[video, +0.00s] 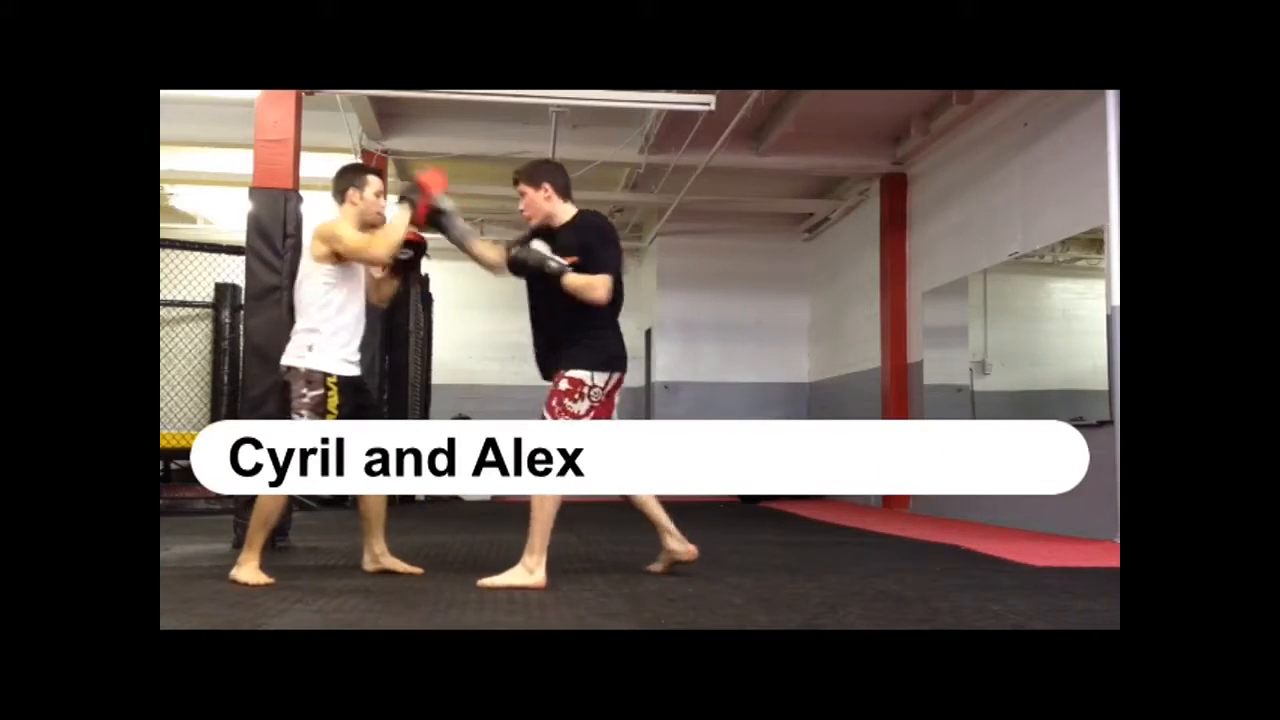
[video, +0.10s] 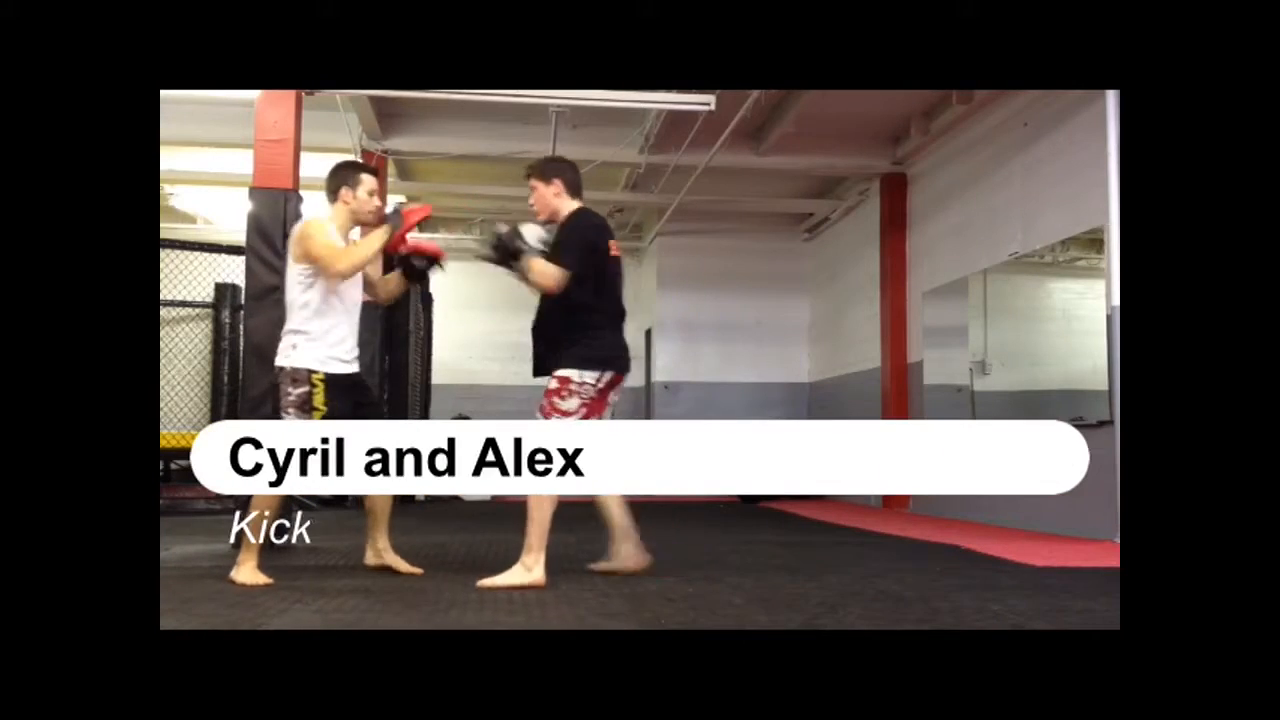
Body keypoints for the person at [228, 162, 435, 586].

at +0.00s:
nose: (385, 204)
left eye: (385, 196)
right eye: (378, 195)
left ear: (361, 198)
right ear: (353, 196)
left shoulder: (361, 243)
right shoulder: (329, 232)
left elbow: (379, 296)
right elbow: (379, 250)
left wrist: (402, 258)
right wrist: (406, 211)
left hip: (346, 368)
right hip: (313, 366)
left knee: (374, 458)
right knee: (291, 463)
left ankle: (376, 551)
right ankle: (248, 560)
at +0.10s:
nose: (378, 203)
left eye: (378, 195)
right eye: (371, 194)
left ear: (356, 199)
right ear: (344, 195)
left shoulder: (359, 241)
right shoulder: (311, 230)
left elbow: (381, 292)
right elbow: (340, 264)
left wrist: (415, 265)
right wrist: (391, 229)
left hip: (345, 367)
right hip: (305, 366)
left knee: (382, 453)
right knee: (286, 461)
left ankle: (379, 546)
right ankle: (247, 560)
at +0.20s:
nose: (366, 204)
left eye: (367, 197)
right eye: (360, 196)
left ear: (342, 198)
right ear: (334, 195)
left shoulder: (350, 242)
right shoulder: (289, 232)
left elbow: (374, 293)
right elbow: (290, 290)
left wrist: (420, 299)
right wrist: (352, 263)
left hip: (349, 368)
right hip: (301, 369)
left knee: (394, 448)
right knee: (280, 464)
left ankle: (386, 538)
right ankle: (247, 560)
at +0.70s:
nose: (376, 200)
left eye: (377, 192)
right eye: (370, 191)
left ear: (354, 194)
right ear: (342, 191)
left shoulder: (361, 237)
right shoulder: (299, 232)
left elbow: (393, 271)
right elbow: (272, 289)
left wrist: (417, 238)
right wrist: (334, 281)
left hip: (352, 366)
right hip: (305, 364)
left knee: (369, 457)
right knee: (281, 461)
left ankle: (363, 548)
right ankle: (246, 560)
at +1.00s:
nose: (382, 212)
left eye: (383, 204)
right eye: (377, 203)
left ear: (354, 202)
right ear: (350, 199)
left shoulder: (357, 243)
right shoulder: (300, 233)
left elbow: (380, 280)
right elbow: (270, 289)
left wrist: (409, 269)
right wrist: (334, 289)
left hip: (339, 367)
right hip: (296, 365)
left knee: (359, 456)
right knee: (271, 458)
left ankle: (362, 548)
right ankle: (208, 536)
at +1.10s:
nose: (365, 214)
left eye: (367, 206)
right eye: (361, 204)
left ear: (343, 203)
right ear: (334, 200)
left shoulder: (336, 248)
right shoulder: (287, 235)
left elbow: (324, 302)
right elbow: (261, 291)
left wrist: (367, 300)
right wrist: (326, 295)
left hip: (322, 373)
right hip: (278, 371)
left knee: (352, 458)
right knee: (255, 464)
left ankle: (361, 549)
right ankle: (201, 548)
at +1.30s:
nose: (340, 205)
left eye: (342, 197)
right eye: (337, 196)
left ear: (318, 196)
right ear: (311, 192)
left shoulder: (307, 243)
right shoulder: (267, 226)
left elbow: (289, 295)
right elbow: (232, 280)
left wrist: (327, 303)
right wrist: (297, 293)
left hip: (292, 364)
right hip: (252, 363)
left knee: (323, 449)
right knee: (241, 461)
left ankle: (309, 542)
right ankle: (196, 550)